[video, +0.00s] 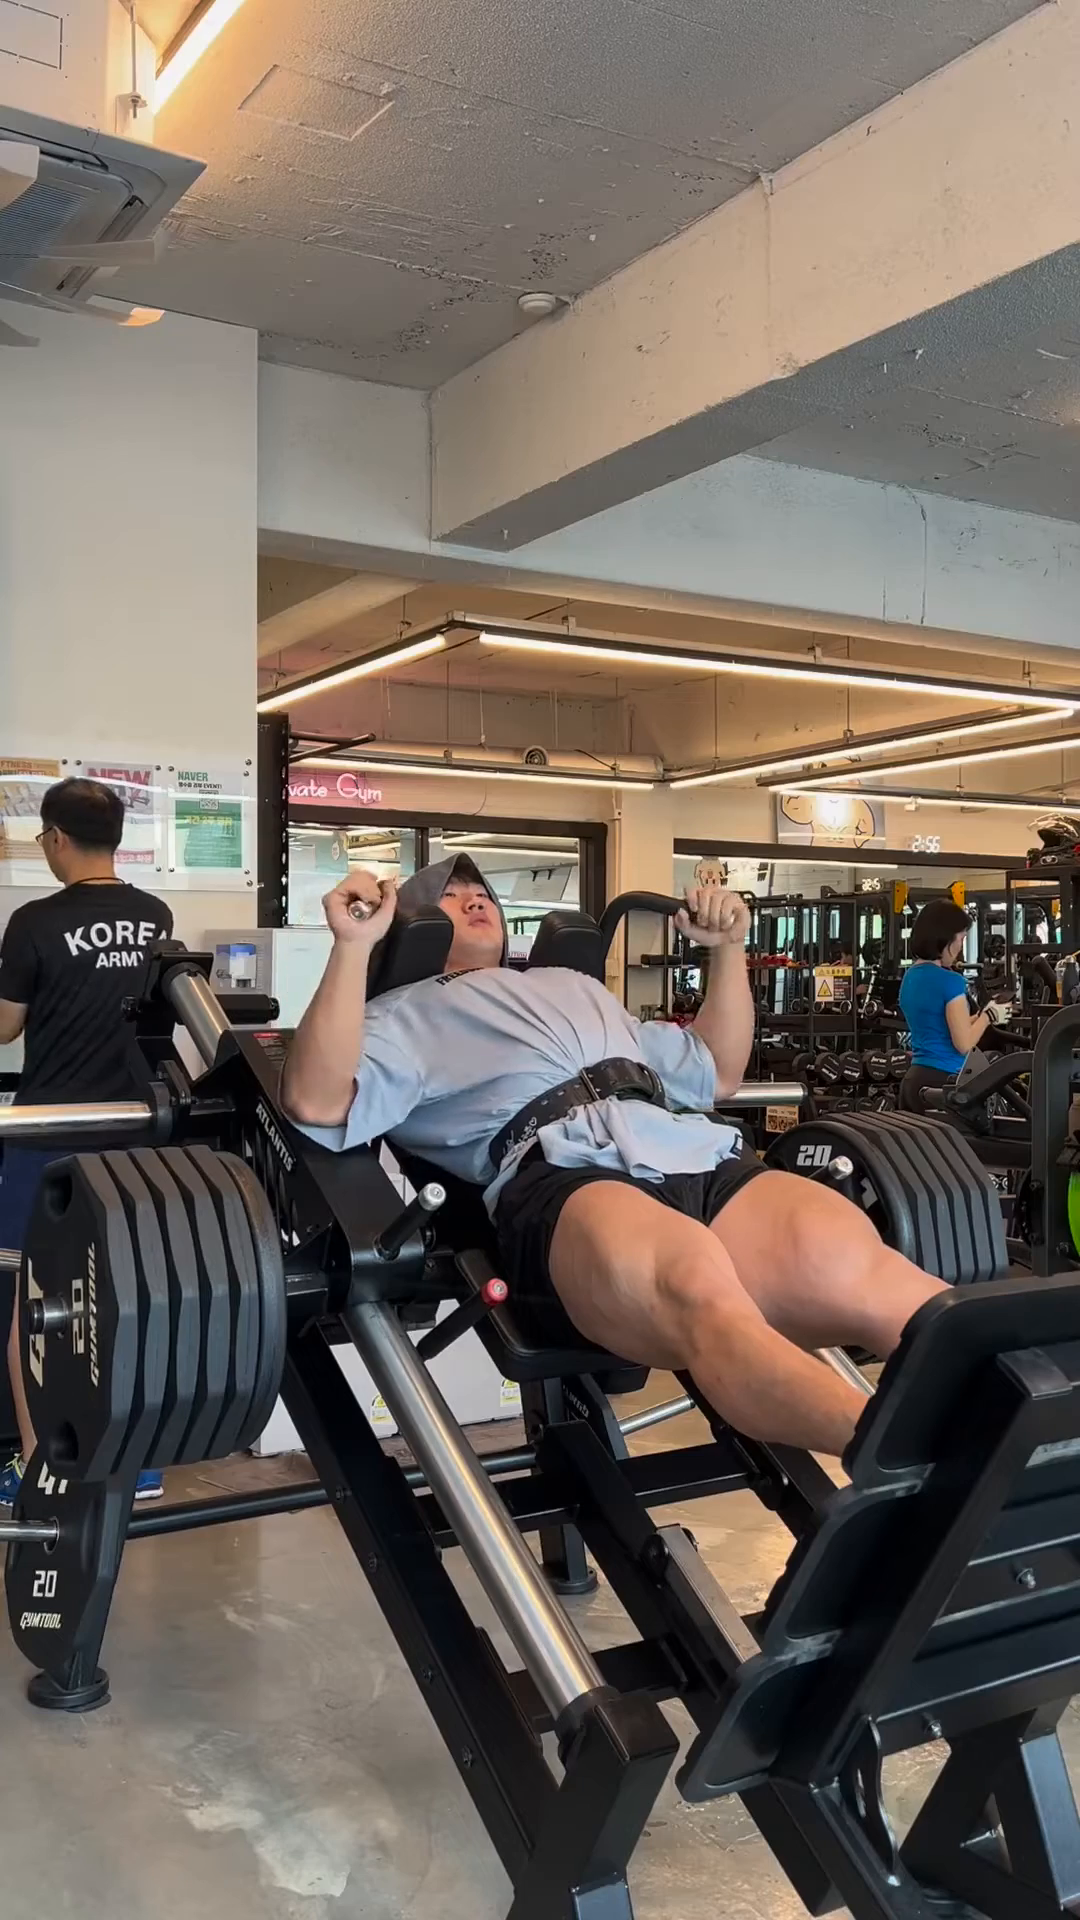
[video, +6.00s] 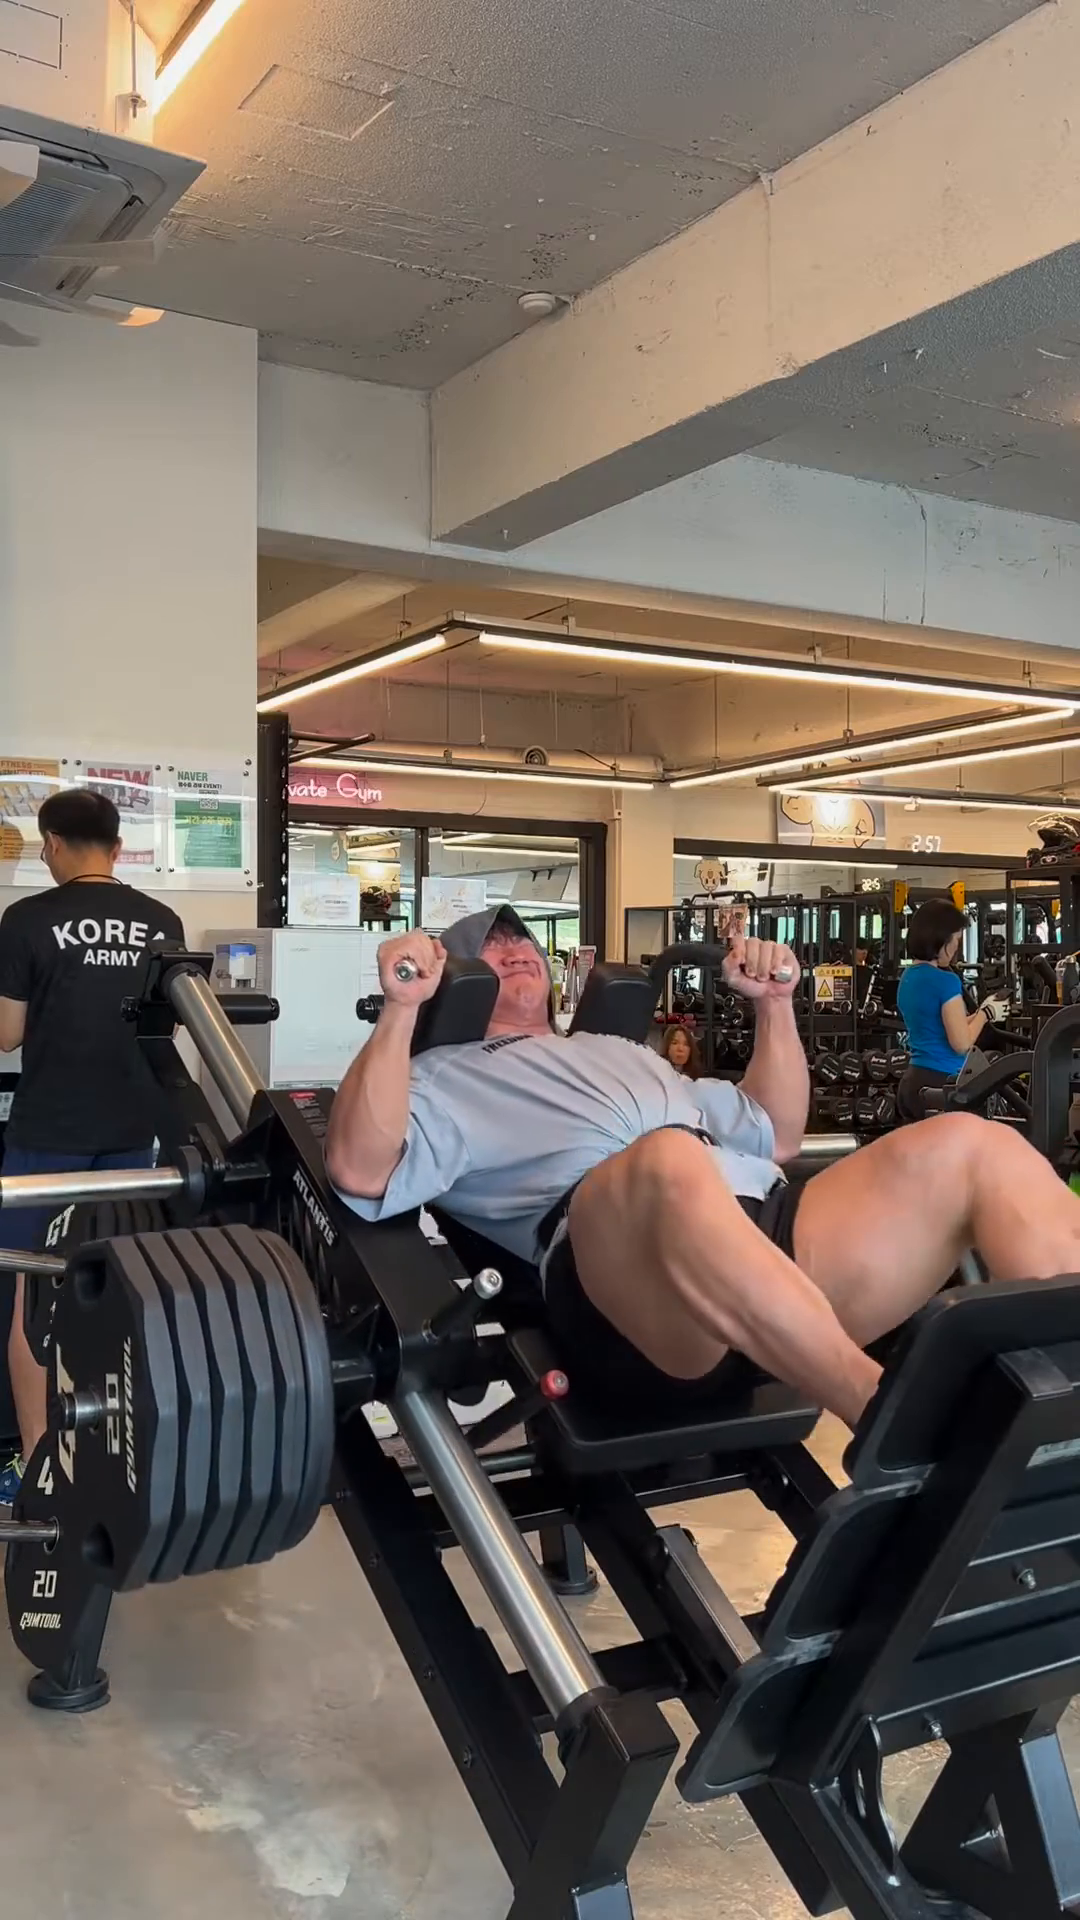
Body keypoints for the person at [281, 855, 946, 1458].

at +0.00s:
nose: (478, 899)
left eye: (485, 891)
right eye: (453, 892)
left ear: (502, 921)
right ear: (420, 931)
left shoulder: (577, 990)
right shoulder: (408, 1015)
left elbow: (713, 1073)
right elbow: (315, 1101)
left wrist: (726, 948)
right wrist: (351, 949)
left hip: (691, 1158)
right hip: (557, 1181)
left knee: (851, 1258)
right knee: (694, 1283)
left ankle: (1038, 1376)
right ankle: (892, 1447)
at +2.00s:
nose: (498, 938)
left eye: (507, 928)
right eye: (474, 935)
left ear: (530, 951)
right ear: (443, 974)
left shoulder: (606, 1021)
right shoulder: (433, 1053)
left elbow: (750, 1107)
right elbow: (342, 1142)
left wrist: (750, 982)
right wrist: (377, 987)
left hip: (745, 1217)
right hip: (590, 1266)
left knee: (950, 1177)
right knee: (672, 1190)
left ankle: (1076, 1383)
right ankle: (898, 1428)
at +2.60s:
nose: (540, 984)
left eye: (547, 973)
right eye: (516, 978)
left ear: (571, 1003)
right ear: (477, 1024)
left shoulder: (654, 1078)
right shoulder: (470, 1115)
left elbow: (804, 1170)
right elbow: (383, 1216)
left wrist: (806, 1035)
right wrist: (424, 1047)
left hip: (813, 1307)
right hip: (663, 1370)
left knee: (995, 1153)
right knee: (671, 1166)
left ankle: (1068, 1391)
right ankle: (886, 1412)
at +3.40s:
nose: (605, 1053)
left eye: (610, 1039)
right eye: (574, 1043)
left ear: (634, 1070)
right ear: (534, 1082)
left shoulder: (727, 1164)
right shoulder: (529, 1207)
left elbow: (879, 1238)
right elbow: (446, 1324)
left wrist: (889, 1117)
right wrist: (491, 1136)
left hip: (892, 1372)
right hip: (751, 1465)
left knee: (1011, 1146)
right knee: (669, 1169)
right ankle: (887, 1412)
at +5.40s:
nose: (587, 1030)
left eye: (592, 1017)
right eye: (557, 1022)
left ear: (616, 1050)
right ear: (516, 1062)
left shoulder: (685, 1147)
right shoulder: (513, 1179)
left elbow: (857, 1219)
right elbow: (428, 1289)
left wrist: (864, 1094)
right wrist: (475, 1110)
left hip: (878, 1400)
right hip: (727, 1450)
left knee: (992, 1140)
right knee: (691, 1143)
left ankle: (1070, 1396)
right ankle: (898, 1407)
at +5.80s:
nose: (544, 980)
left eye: (552, 972)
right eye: (521, 975)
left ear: (576, 1003)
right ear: (486, 1018)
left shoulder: (646, 1084)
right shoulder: (470, 1120)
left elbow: (808, 1167)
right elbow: (385, 1215)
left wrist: (806, 1038)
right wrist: (427, 1047)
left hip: (811, 1307)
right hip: (667, 1367)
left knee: (994, 1137)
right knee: (682, 1150)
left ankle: (1074, 1377)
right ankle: (894, 1414)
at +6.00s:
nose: (516, 958)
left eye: (526, 948)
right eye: (493, 951)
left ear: (552, 974)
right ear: (460, 992)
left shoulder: (624, 1057)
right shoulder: (442, 1078)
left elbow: (774, 1135)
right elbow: (358, 1170)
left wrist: (774, 1009)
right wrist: (399, 1011)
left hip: (776, 1253)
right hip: (623, 1308)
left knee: (976, 1149)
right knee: (667, 1166)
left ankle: (1072, 1382)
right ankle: (896, 1424)